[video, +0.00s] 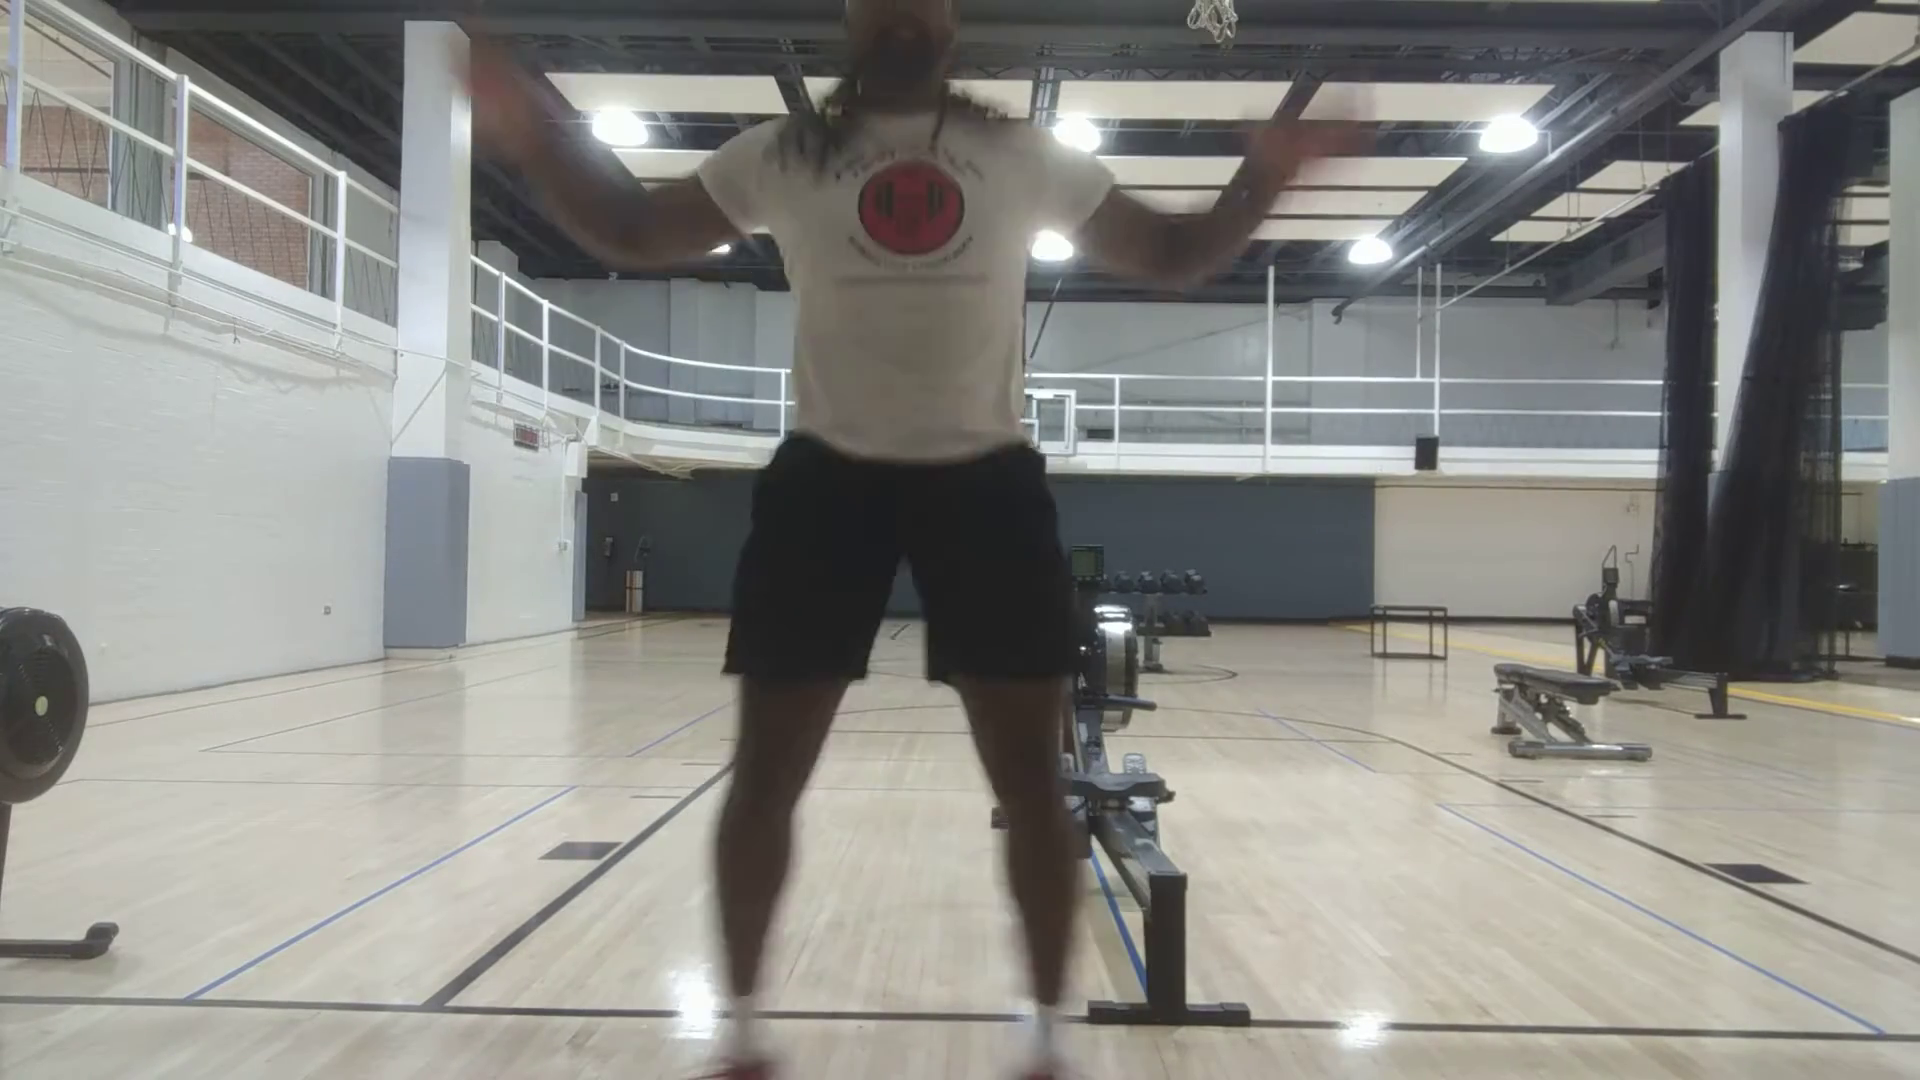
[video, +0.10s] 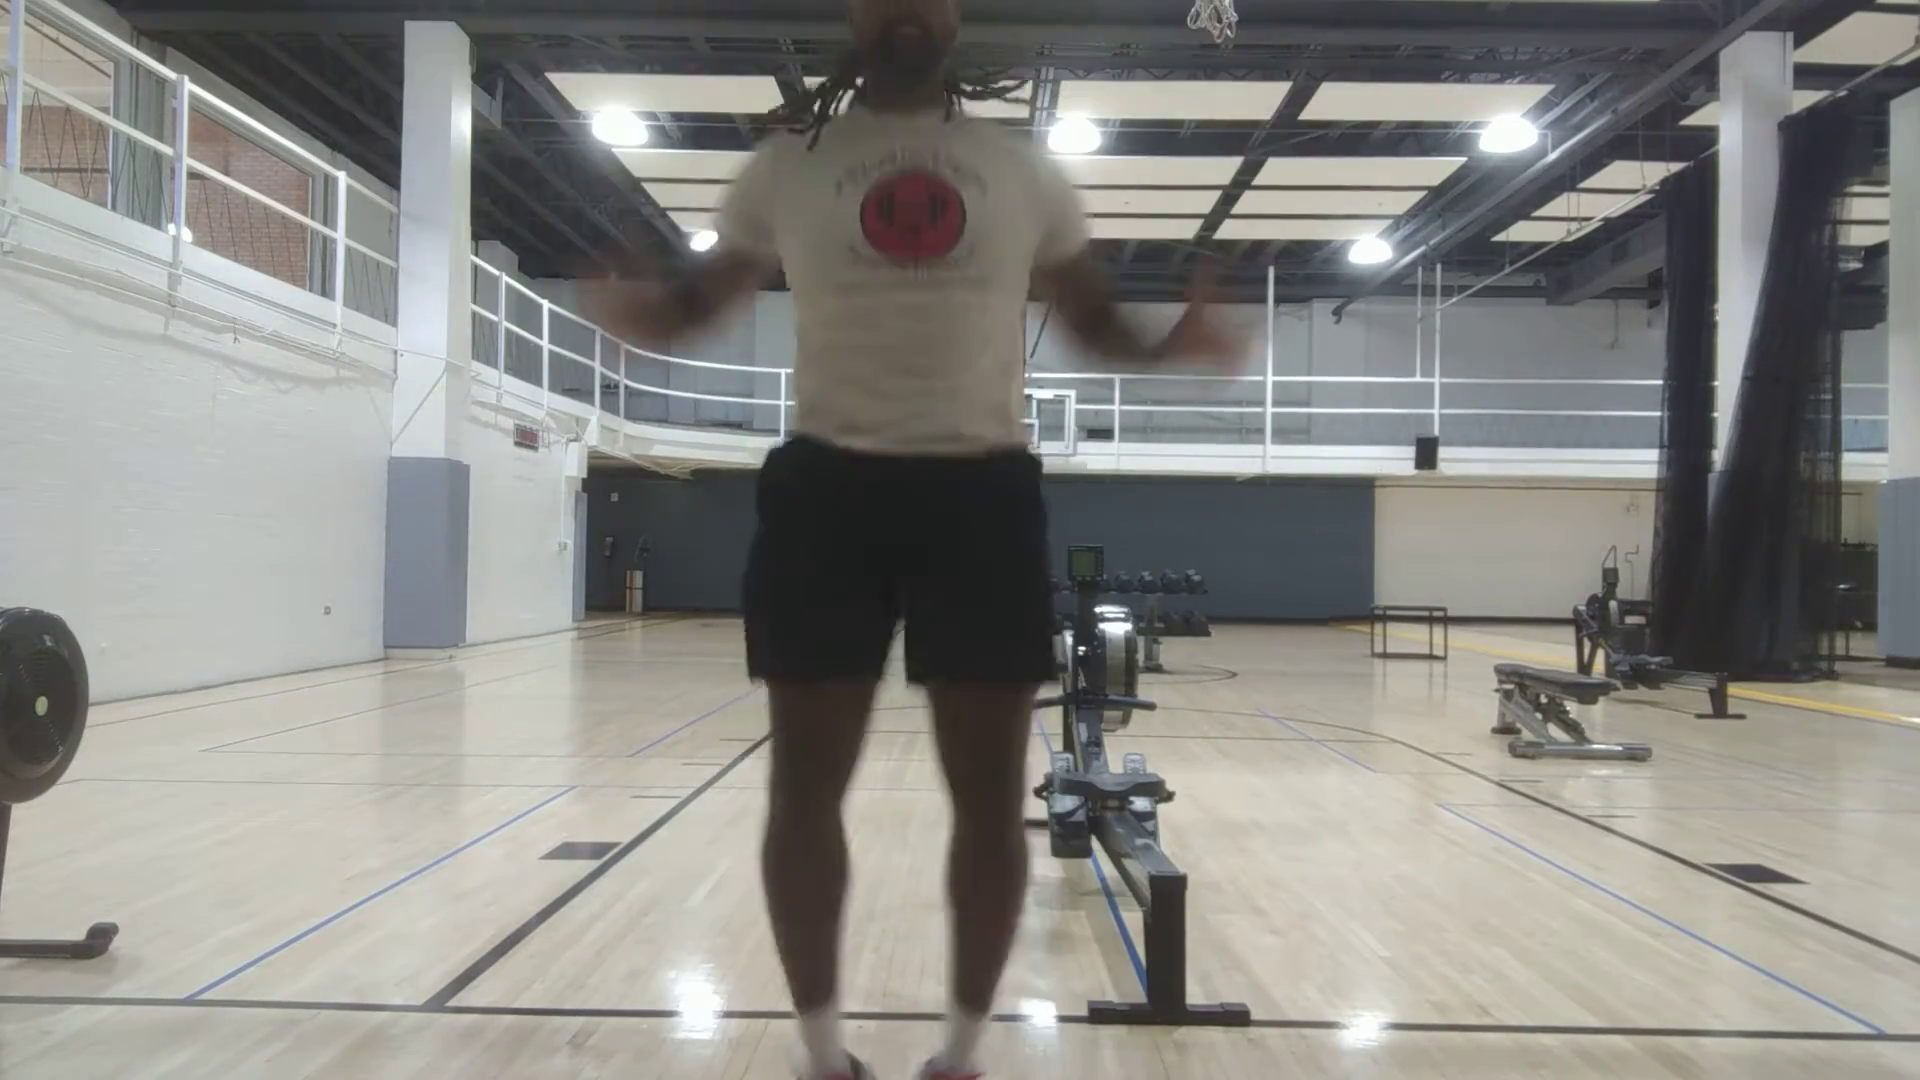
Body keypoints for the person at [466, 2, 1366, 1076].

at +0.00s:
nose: (908, 22)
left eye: (928, 6)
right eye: (885, 5)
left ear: (955, 29)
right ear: (845, 27)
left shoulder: (1017, 149)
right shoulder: (786, 155)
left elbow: (1169, 259)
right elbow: (631, 228)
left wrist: (1258, 184)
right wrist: (529, 133)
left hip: (986, 490)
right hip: (826, 487)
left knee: (1031, 779)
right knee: (767, 770)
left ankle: (1048, 1035)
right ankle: (738, 1028)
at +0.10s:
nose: (908, 18)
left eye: (928, 3)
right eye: (886, 3)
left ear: (958, 23)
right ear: (851, 22)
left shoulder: (1024, 169)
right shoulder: (788, 165)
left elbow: (1099, 332)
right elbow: (695, 305)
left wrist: (1176, 343)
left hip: (984, 499)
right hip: (827, 495)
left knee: (991, 796)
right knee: (806, 788)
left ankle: (963, 1048)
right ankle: (823, 1048)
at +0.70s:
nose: (914, 125)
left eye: (934, 108)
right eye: (894, 108)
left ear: (966, 129)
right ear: (865, 131)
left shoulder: (1031, 233)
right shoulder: (798, 238)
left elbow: (1178, 160)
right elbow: (652, 170)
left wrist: (1074, 59)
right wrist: (706, 61)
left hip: (990, 598)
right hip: (831, 595)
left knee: (1079, 869)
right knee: (734, 859)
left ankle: (1141, 1070)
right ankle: (661, 1065)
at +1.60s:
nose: (934, 60)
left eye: (955, 41)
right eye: (915, 41)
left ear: (988, 71)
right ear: (886, 71)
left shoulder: (1050, 195)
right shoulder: (827, 195)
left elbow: (1212, 203)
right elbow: (665, 202)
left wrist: (1188, 64)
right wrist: (647, 67)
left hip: (1006, 525)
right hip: (856, 517)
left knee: (1072, 798)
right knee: (765, 789)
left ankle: (1138, 1052)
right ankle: (684, 1040)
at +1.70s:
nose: (939, 177)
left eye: (959, 161)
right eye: (919, 160)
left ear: (990, 181)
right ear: (888, 176)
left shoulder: (1048, 275)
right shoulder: (822, 274)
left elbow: (1190, 214)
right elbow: (684, 205)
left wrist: (1070, 107)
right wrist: (772, 83)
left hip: (1005, 619)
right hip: (854, 616)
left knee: (1084, 876)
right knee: (764, 863)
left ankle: (1134, 1063)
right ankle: (686, 1060)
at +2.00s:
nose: (971, 91)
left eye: (984, 71)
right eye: (950, 70)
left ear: (997, 76)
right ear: (896, 70)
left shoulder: (1039, 195)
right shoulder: (825, 188)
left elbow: (1122, 321)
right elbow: (712, 292)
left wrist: (1200, 281)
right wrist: (646, 214)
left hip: (999, 495)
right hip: (856, 492)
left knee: (1016, 768)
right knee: (831, 759)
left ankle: (1000, 1004)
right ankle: (840, 1003)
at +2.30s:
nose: (949, 171)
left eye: (964, 152)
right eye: (928, 151)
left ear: (984, 157)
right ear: (883, 148)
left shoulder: (1024, 279)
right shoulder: (822, 264)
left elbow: (1078, 405)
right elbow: (765, 395)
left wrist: (1124, 396)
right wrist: (743, 394)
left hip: (989, 558)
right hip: (859, 556)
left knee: (984, 804)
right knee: (854, 799)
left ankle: (961, 1036)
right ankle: (874, 1038)